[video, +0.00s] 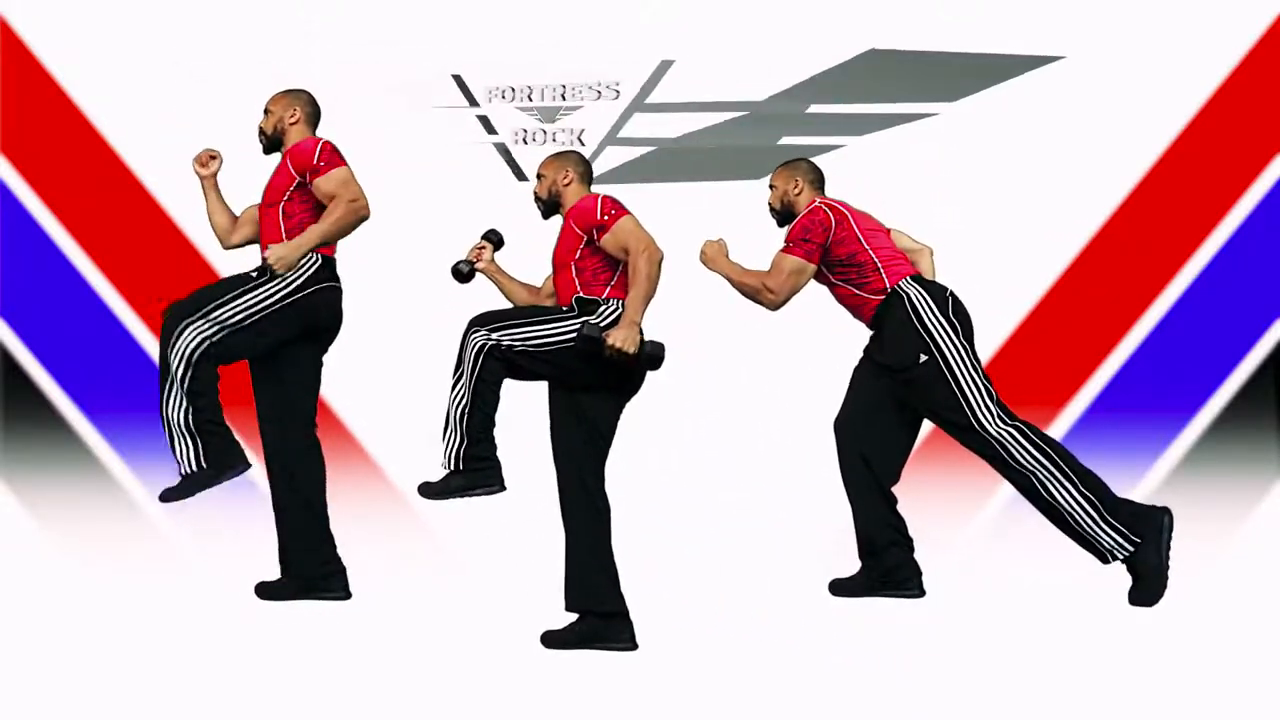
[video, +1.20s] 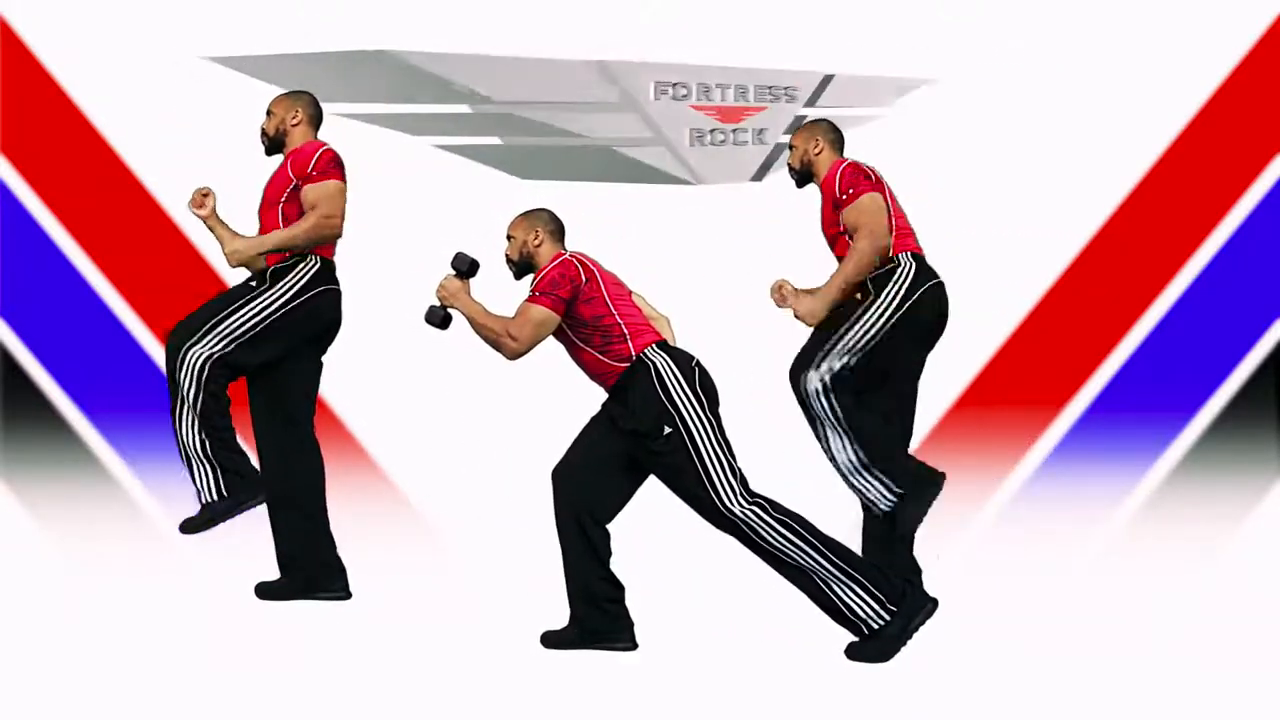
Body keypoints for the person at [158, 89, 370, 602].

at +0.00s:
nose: (260, 120)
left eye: (267, 111)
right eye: (262, 113)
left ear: (293, 113)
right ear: (292, 118)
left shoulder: (309, 147)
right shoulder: (285, 180)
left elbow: (354, 205)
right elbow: (232, 234)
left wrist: (298, 245)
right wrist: (209, 181)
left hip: (295, 283)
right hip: (301, 297)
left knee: (185, 326)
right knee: (289, 437)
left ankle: (211, 454)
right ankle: (315, 571)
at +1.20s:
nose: (263, 125)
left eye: (269, 115)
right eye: (265, 117)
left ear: (294, 115)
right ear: (297, 119)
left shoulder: (316, 155)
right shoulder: (283, 176)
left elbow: (328, 221)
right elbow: (251, 257)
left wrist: (259, 245)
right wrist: (212, 217)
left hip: (299, 282)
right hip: (290, 293)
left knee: (191, 349)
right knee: (285, 436)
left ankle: (227, 482)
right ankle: (315, 572)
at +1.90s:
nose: (257, 109)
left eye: (264, 99)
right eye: (259, 102)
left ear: (288, 101)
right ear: (296, 105)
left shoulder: (302, 142)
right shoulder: (300, 156)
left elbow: (227, 184)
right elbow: (344, 237)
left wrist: (193, 129)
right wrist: (297, 284)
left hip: (297, 284)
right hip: (287, 288)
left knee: (311, 429)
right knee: (290, 433)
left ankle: (325, 581)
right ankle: (305, 573)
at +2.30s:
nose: (259, 109)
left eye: (265, 99)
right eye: (261, 101)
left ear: (289, 101)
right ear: (299, 105)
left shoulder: (303, 141)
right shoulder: (302, 156)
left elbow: (227, 185)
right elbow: (345, 237)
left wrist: (193, 131)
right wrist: (295, 283)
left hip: (297, 285)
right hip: (288, 288)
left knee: (309, 429)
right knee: (289, 433)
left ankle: (326, 581)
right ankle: (305, 573)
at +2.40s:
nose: (258, 109)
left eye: (264, 99)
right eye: (260, 101)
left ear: (288, 101)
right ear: (297, 105)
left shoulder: (303, 142)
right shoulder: (301, 156)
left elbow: (227, 185)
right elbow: (345, 237)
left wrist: (193, 131)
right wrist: (297, 283)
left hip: (297, 285)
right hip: (288, 288)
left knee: (309, 429)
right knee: (289, 433)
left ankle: (327, 581)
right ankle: (304, 573)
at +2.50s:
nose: (258, 109)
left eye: (264, 100)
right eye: (260, 102)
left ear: (287, 102)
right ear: (298, 106)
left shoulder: (303, 143)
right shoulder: (303, 156)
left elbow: (229, 186)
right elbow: (343, 239)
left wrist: (193, 132)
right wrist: (296, 284)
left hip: (297, 284)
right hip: (289, 287)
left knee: (309, 428)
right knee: (288, 432)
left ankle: (326, 581)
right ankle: (304, 573)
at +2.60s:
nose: (258, 110)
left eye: (265, 100)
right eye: (261, 102)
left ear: (288, 102)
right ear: (298, 107)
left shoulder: (304, 144)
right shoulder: (303, 158)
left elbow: (238, 193)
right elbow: (337, 246)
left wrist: (194, 145)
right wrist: (285, 280)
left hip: (298, 285)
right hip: (288, 287)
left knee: (308, 428)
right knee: (287, 432)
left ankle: (326, 581)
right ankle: (304, 572)